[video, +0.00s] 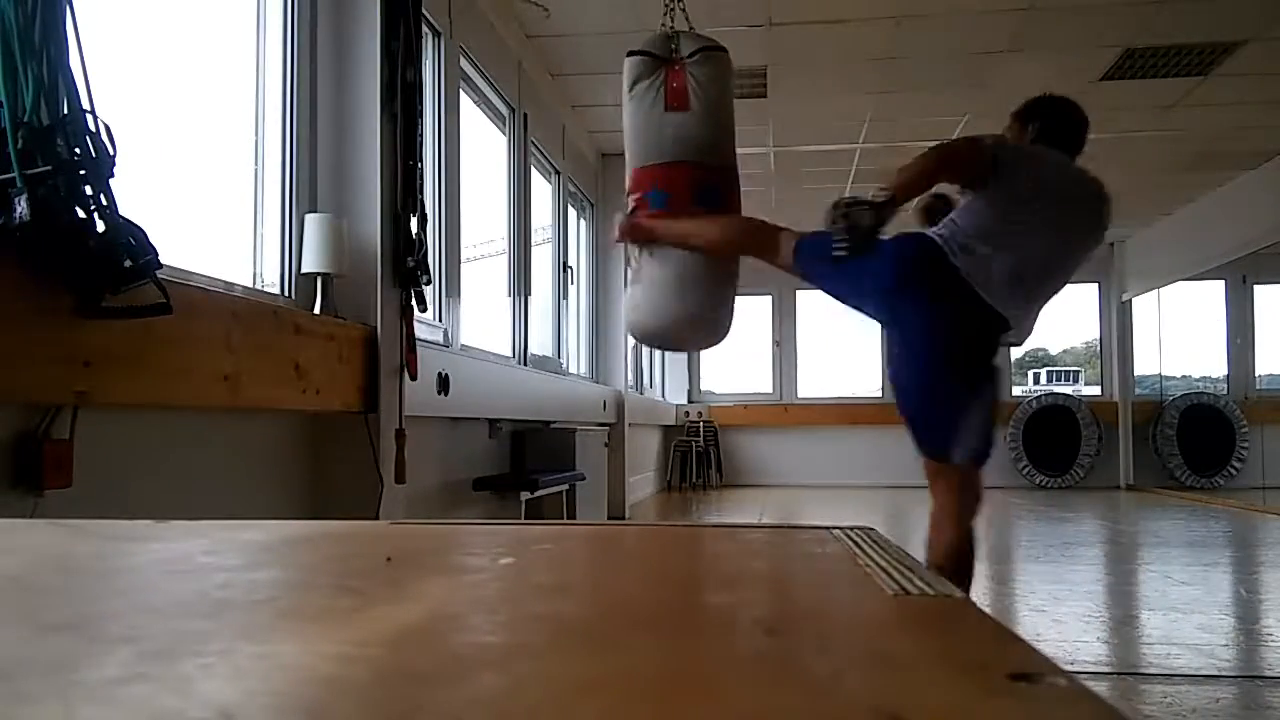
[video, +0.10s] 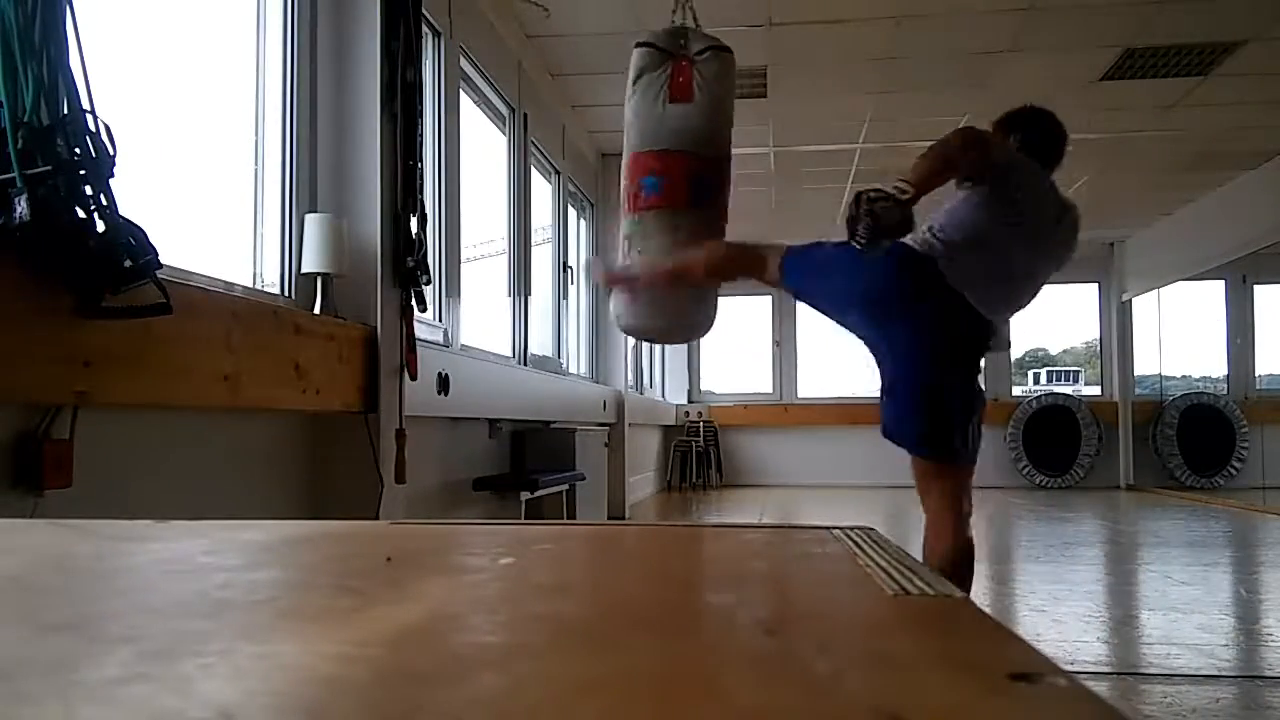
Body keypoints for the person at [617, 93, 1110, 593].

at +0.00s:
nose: (1005, 135)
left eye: (1010, 128)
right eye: (1010, 130)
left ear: (1025, 131)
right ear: (1078, 149)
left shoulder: (1010, 153)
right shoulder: (1094, 204)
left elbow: (943, 155)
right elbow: (1023, 250)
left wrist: (883, 202)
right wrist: (955, 216)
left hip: (915, 269)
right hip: (966, 338)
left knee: (773, 244)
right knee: (954, 502)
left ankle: (645, 227)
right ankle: (946, 642)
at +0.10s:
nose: (989, 142)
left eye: (994, 136)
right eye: (993, 137)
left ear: (1006, 140)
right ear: (1056, 160)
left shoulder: (1002, 157)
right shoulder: (1065, 222)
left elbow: (963, 141)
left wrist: (904, 193)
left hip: (906, 281)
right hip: (954, 346)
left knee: (760, 261)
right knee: (946, 509)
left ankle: (647, 275)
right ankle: (946, 642)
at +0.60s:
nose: (753, 130)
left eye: (752, 123)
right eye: (754, 124)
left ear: (757, 120)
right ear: (807, 114)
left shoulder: (746, 165)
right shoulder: (864, 149)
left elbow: (678, 229)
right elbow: (820, 205)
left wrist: (704, 165)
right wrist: (759, 151)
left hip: (801, 347)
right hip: (884, 340)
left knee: (758, 507)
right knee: (931, 505)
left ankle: (734, 643)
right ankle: (966, 640)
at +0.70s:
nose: (708, 122)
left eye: (707, 116)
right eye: (709, 115)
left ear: (714, 113)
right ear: (764, 101)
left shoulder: (704, 171)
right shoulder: (822, 130)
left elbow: (657, 230)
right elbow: (786, 184)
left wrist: (675, 166)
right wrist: (715, 148)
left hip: (790, 332)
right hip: (872, 316)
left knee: (760, 505)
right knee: (925, 487)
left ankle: (741, 642)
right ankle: (964, 634)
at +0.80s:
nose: (685, 120)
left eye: (683, 113)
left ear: (685, 112)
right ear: (741, 100)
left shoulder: (677, 175)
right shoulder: (795, 123)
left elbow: (652, 233)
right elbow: (786, 181)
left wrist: (664, 166)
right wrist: (697, 144)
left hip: (777, 329)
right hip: (858, 307)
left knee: (752, 505)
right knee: (922, 473)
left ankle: (734, 643)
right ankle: (960, 626)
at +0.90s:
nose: (672, 111)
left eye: (673, 103)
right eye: (674, 104)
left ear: (679, 101)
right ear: (734, 89)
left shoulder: (671, 165)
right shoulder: (790, 115)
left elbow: (655, 232)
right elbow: (809, 163)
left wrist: (661, 156)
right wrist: (695, 132)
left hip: (769, 326)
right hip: (849, 304)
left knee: (747, 505)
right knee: (918, 468)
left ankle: (730, 646)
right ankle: (960, 622)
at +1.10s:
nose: (702, 85)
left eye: (701, 76)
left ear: (706, 77)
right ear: (768, 67)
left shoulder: (682, 152)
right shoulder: (823, 103)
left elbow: (655, 245)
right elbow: (853, 200)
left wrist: (646, 196)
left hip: (771, 323)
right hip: (860, 304)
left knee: (744, 507)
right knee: (936, 475)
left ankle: (733, 659)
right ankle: (969, 638)